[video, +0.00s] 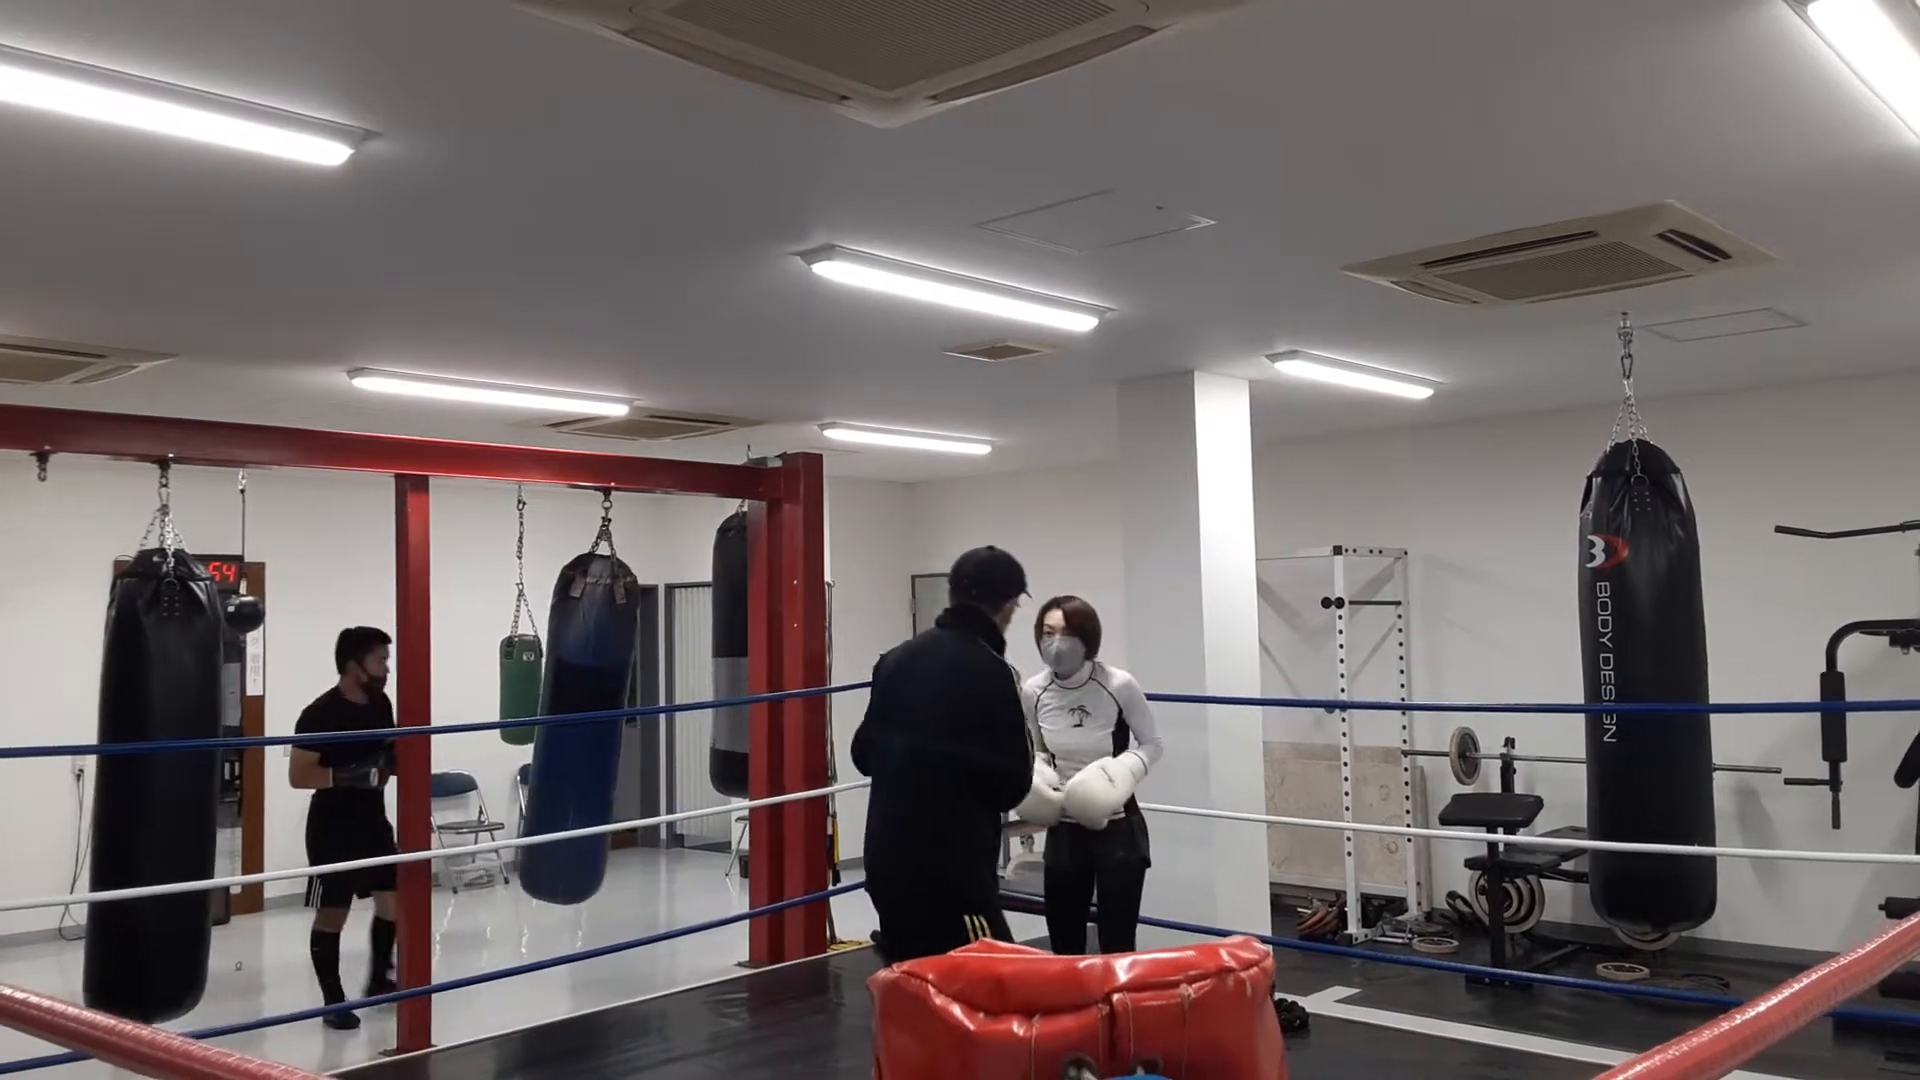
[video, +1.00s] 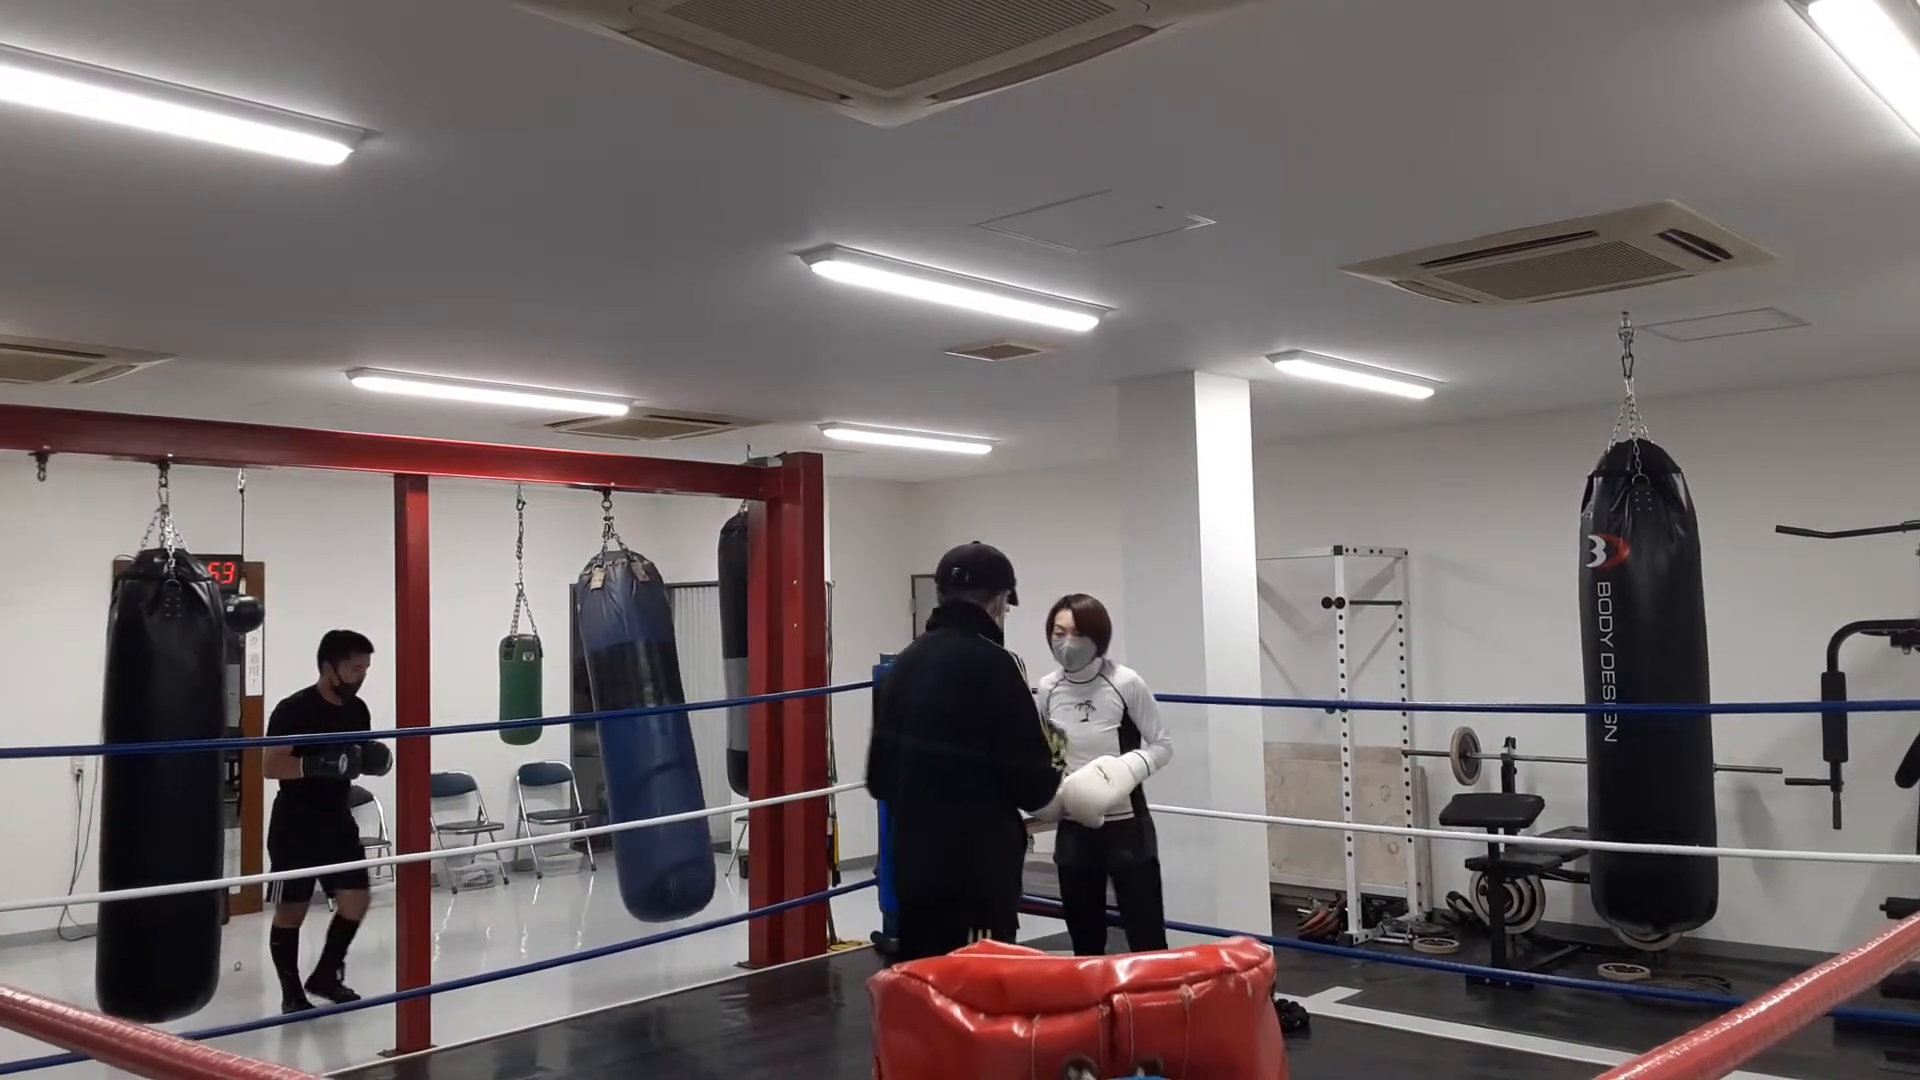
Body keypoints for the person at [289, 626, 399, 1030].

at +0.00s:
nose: (386, 667)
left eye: (387, 659)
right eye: (379, 660)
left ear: (369, 665)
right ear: (353, 665)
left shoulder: (380, 706)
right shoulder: (319, 714)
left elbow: (386, 762)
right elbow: (298, 775)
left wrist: (402, 760)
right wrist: (351, 775)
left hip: (373, 816)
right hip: (331, 821)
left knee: (391, 899)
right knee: (334, 908)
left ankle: (379, 981)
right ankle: (333, 1002)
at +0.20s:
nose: (374, 663)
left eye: (374, 656)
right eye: (366, 656)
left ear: (362, 660)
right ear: (340, 660)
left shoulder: (370, 704)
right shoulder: (311, 711)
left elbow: (384, 760)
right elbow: (290, 771)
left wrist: (389, 757)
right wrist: (344, 770)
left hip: (362, 814)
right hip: (324, 817)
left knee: (359, 896)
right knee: (330, 903)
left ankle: (325, 977)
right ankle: (329, 999)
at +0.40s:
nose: (375, 667)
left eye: (376, 660)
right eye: (368, 661)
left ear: (363, 664)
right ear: (341, 663)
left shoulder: (366, 707)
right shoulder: (310, 710)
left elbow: (367, 760)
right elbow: (287, 766)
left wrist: (386, 760)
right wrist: (342, 769)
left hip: (347, 813)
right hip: (313, 814)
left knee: (336, 900)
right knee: (322, 902)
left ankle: (320, 984)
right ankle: (322, 993)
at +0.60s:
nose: (375, 668)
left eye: (376, 660)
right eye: (367, 661)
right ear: (341, 663)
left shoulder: (361, 705)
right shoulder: (309, 706)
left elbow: (355, 754)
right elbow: (285, 762)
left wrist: (380, 755)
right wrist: (338, 767)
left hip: (338, 814)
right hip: (303, 815)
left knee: (329, 902)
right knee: (314, 903)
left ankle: (323, 984)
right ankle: (310, 995)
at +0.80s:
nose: (367, 669)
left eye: (369, 662)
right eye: (361, 662)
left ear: (363, 664)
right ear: (334, 662)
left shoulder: (359, 708)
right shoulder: (301, 705)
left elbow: (355, 757)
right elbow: (281, 762)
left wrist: (379, 755)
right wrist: (329, 762)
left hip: (337, 815)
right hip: (299, 816)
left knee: (329, 903)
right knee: (302, 905)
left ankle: (318, 984)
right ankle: (294, 993)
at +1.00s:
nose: (363, 675)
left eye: (365, 668)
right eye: (357, 668)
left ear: (361, 668)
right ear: (329, 666)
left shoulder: (357, 710)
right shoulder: (293, 710)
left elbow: (354, 754)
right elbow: (272, 765)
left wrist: (373, 759)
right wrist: (322, 764)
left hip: (337, 817)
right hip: (295, 818)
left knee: (356, 899)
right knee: (292, 905)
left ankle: (325, 976)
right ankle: (291, 994)